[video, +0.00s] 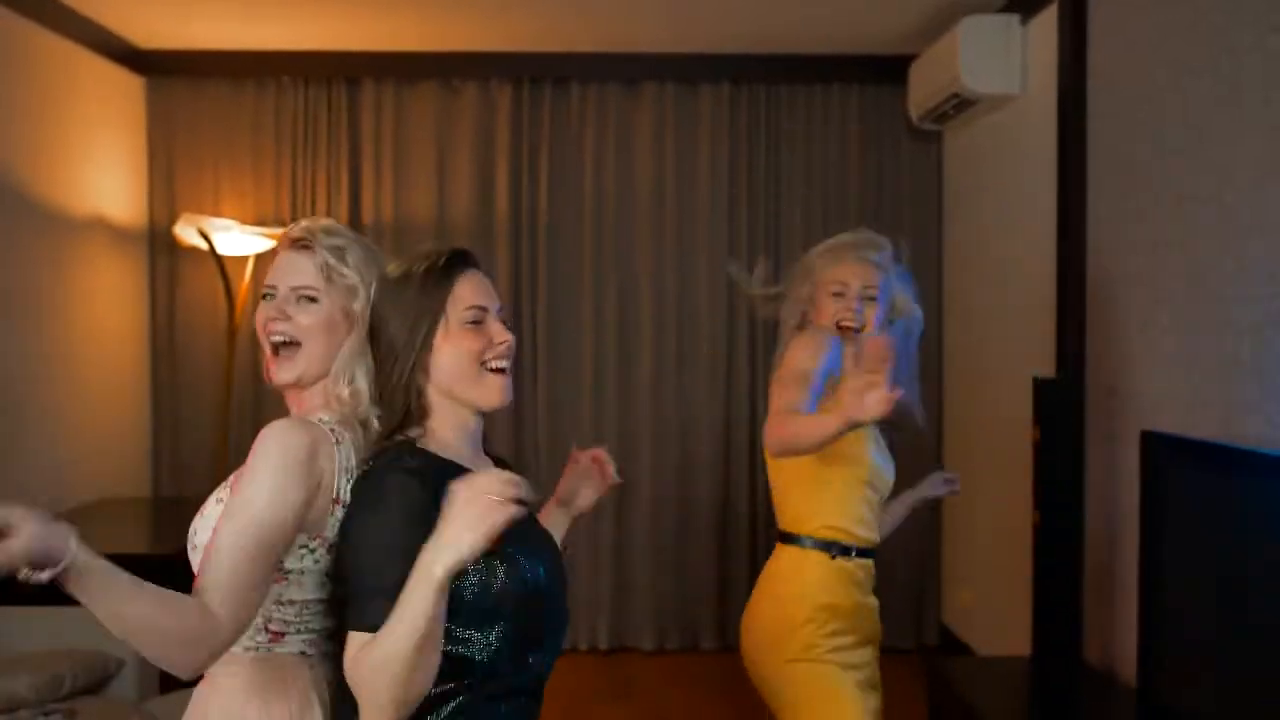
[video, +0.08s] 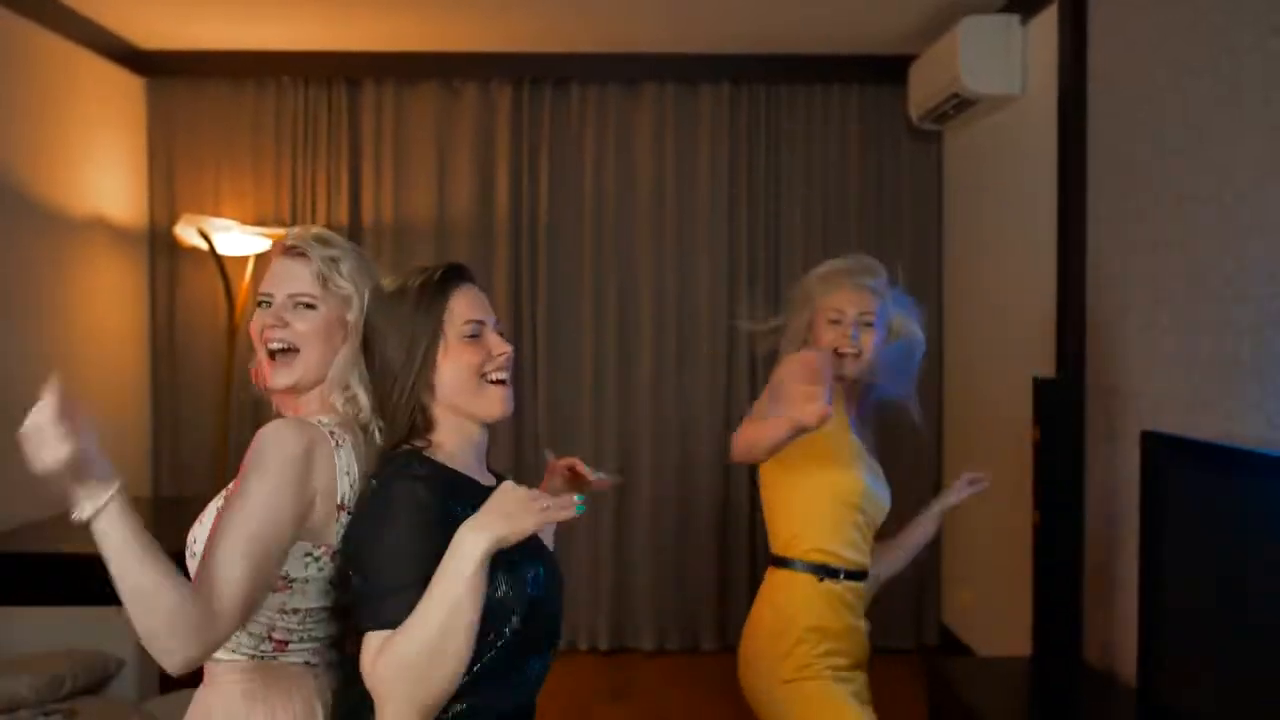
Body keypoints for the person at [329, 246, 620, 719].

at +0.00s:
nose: (505, 336)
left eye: (501, 319)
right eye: (475, 320)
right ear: (416, 346)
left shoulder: (496, 476)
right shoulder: (396, 486)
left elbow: (503, 603)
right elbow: (379, 701)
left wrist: (564, 510)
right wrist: (439, 556)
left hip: (507, 706)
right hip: (443, 710)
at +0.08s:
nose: (504, 347)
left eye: (497, 331)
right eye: (473, 333)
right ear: (416, 360)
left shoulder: (491, 489)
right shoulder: (402, 498)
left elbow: (502, 629)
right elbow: (400, 702)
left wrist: (546, 517)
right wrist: (475, 539)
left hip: (503, 706)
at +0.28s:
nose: (500, 302)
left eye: (489, 285)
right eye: (473, 287)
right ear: (414, 309)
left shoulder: (479, 437)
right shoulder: (393, 440)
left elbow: (521, 545)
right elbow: (511, 555)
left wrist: (583, 449)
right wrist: (584, 417)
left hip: (503, 702)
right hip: (427, 705)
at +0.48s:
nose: (496, 301)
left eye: (484, 283)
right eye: (469, 285)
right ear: (410, 310)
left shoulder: (485, 427)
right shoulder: (408, 433)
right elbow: (563, 528)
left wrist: (612, 475)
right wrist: (607, 423)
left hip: (519, 700)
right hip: (449, 702)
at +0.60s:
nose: (498, 316)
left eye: (486, 297)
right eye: (471, 300)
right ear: (413, 327)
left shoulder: (501, 443)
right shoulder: (416, 462)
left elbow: (598, 535)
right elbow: (563, 574)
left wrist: (607, 470)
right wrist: (580, 448)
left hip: (533, 701)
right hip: (461, 704)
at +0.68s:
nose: (500, 324)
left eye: (487, 306)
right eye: (472, 308)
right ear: (416, 332)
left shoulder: (493, 454)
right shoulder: (417, 473)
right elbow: (557, 597)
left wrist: (627, 476)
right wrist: (615, 471)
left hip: (533, 701)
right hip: (466, 706)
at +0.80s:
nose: (505, 336)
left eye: (493, 319)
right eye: (477, 321)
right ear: (420, 344)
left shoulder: (496, 465)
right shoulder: (420, 483)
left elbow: (601, 524)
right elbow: (565, 599)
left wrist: (685, 498)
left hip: (536, 704)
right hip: (468, 708)